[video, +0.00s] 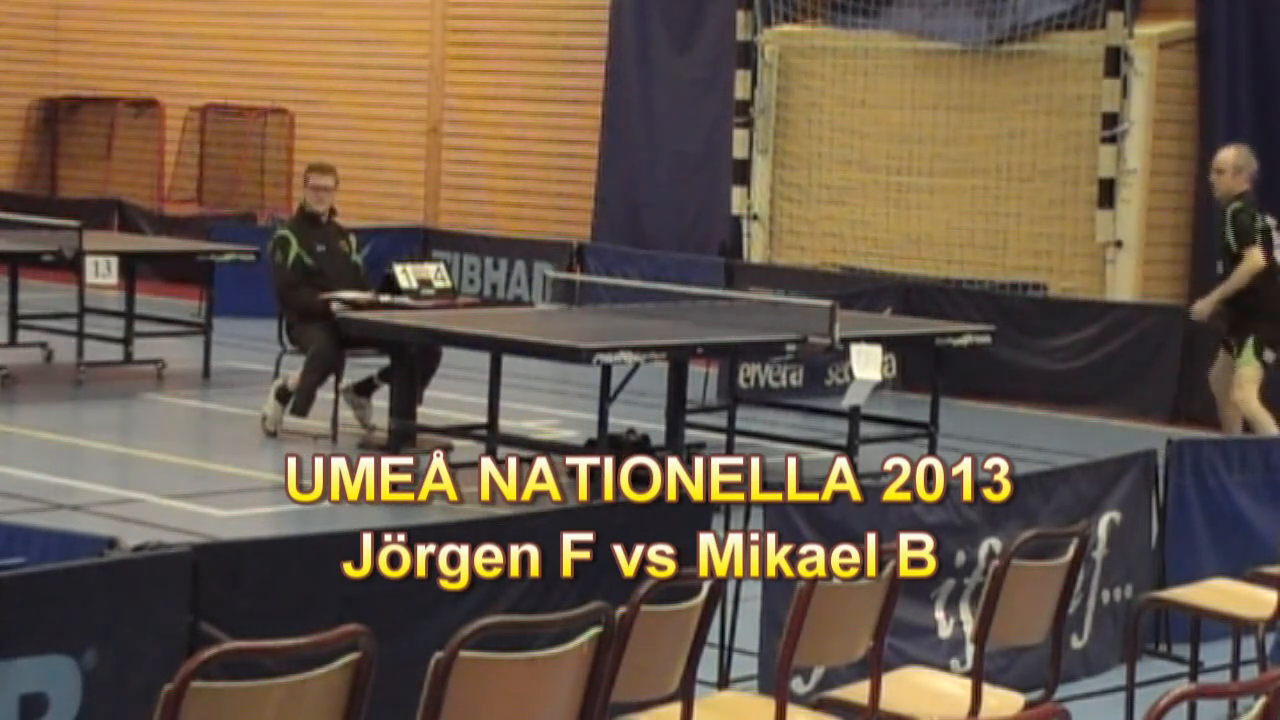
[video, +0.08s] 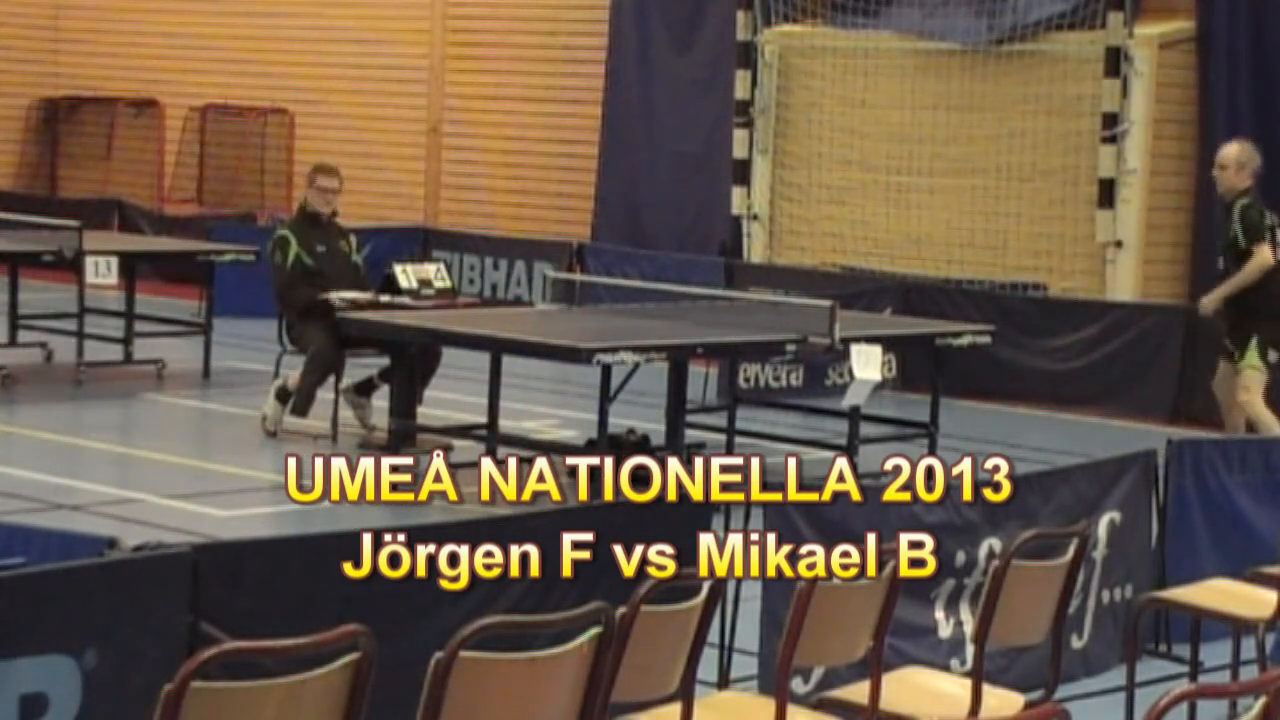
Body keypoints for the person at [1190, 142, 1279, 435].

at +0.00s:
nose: (1212, 178)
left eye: (1220, 172)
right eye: (1212, 171)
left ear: (1244, 179)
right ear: (1239, 180)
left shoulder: (1240, 212)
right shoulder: (1255, 214)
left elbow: (1254, 259)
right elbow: (1272, 261)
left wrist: (1211, 300)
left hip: (1260, 319)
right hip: (1244, 317)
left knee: (1243, 395)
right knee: (1220, 380)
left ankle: (1277, 452)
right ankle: (1234, 455)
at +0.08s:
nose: (1215, 174)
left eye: (1223, 167)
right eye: (1215, 167)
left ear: (1246, 174)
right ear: (1240, 174)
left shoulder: (1249, 210)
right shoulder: (1238, 209)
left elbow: (1264, 257)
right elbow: (1256, 258)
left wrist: (1218, 294)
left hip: (1259, 319)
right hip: (1241, 317)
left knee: (1248, 397)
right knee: (1223, 386)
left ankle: (1278, 454)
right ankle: (1237, 458)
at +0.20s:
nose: (1214, 165)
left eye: (1223, 159)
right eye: (1215, 158)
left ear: (1246, 167)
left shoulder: (1253, 204)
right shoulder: (1236, 203)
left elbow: (1270, 253)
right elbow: (1249, 257)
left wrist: (1225, 290)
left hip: (1261, 317)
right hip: (1236, 315)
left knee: (1253, 396)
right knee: (1213, 388)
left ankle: (1278, 458)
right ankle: (1240, 461)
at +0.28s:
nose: (1210, 161)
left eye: (1219, 155)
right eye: (1210, 154)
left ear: (1243, 164)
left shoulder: (1246, 201)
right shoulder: (1233, 200)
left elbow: (1267, 251)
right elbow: (1261, 250)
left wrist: (1222, 289)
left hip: (1247, 310)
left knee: (1204, 384)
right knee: (1257, 395)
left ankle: (1232, 454)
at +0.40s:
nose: (1195, 161)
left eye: (1203, 155)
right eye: (1196, 154)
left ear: (1227, 164)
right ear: (1225, 166)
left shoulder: (1229, 202)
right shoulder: (1231, 199)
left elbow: (1246, 255)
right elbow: (1247, 255)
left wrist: (1203, 290)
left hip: (1234, 310)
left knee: (1187, 382)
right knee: (1258, 396)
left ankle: (1196, 464)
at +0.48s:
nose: (1182, 163)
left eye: (1190, 156)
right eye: (1183, 156)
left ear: (1213, 165)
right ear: (1210, 166)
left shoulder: (1219, 201)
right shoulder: (1209, 200)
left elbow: (1232, 259)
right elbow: (1221, 257)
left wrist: (1187, 290)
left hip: (1219, 313)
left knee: (1176, 385)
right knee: (1254, 398)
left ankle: (1174, 468)